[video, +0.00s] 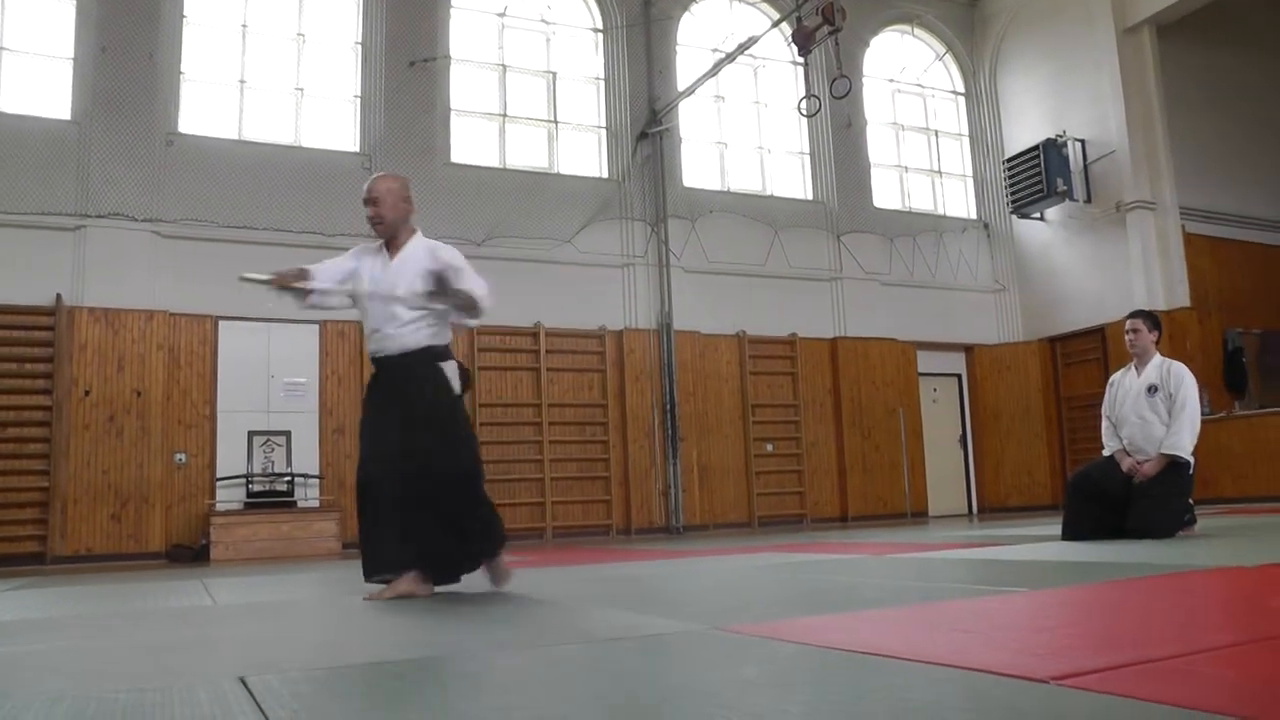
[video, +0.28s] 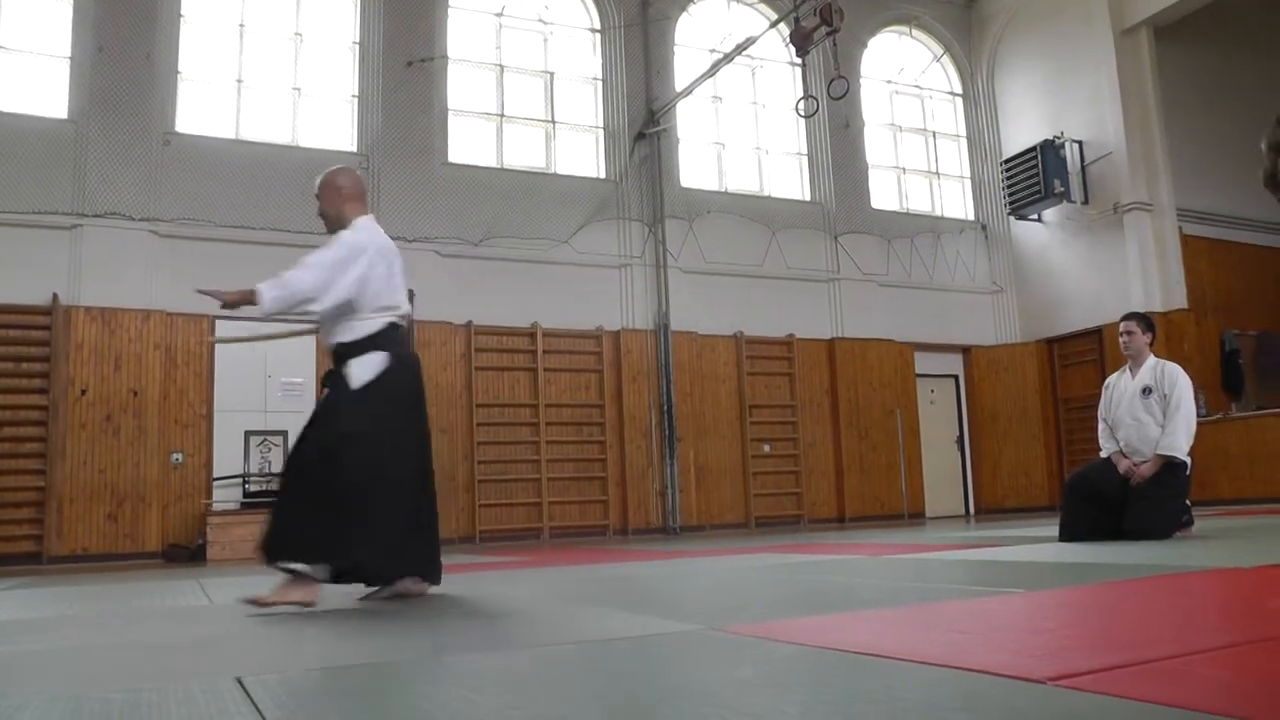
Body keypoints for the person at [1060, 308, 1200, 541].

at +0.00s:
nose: (1129, 337)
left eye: (1135, 331)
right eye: (1126, 332)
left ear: (1154, 336)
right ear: (1124, 337)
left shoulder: (1176, 373)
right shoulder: (1116, 381)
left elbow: (1186, 423)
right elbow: (1107, 425)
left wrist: (1157, 463)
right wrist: (1122, 458)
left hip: (1168, 466)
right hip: (1125, 464)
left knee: (1143, 528)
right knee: (1081, 485)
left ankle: (1184, 512)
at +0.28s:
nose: (1123, 339)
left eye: (1130, 333)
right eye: (1121, 335)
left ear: (1148, 338)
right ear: (1118, 340)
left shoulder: (1170, 373)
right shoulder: (1111, 383)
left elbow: (1181, 423)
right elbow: (1103, 427)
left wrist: (1154, 464)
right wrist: (1119, 459)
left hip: (1165, 467)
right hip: (1121, 466)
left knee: (1139, 529)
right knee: (1079, 486)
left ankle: (1182, 513)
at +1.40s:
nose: (1132, 374)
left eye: (1139, 368)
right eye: (1129, 370)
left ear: (1157, 372)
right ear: (1126, 374)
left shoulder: (1180, 409)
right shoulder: (1120, 417)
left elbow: (1190, 460)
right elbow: (1112, 462)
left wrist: (1162, 499)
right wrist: (1127, 494)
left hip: (1173, 502)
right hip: (1129, 500)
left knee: (1147, 564)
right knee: (1086, 519)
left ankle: (1190, 547)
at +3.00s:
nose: (1130, 392)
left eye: (1136, 386)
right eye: (1128, 388)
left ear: (1155, 390)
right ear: (1125, 393)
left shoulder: (1179, 426)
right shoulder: (1121, 437)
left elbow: (1191, 478)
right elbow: (1114, 482)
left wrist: (1164, 518)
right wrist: (1130, 513)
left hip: (1177, 519)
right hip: (1133, 519)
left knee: (1158, 583)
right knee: (1092, 539)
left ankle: (1197, 566)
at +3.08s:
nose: (1130, 393)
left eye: (1137, 387)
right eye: (1128, 389)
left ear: (1155, 391)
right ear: (1126, 395)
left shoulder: (1180, 427)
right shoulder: (1121, 438)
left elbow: (1191, 479)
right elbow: (1115, 484)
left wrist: (1165, 519)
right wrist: (1131, 515)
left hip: (1177, 520)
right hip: (1133, 520)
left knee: (1157, 584)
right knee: (1092, 540)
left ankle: (1198, 567)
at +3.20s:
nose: (1131, 395)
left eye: (1137, 389)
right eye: (1128, 391)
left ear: (1156, 393)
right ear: (1126, 396)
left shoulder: (1180, 429)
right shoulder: (1121, 440)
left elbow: (1192, 480)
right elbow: (1115, 485)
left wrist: (1165, 520)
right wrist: (1131, 516)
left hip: (1178, 522)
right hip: (1134, 521)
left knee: (1158, 586)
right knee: (1093, 541)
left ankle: (1198, 569)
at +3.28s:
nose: (1131, 396)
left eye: (1137, 389)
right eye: (1129, 391)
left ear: (1156, 394)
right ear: (1126, 397)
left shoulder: (1180, 430)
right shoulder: (1122, 441)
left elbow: (1191, 482)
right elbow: (1115, 486)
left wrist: (1165, 521)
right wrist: (1131, 517)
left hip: (1177, 522)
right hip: (1133, 522)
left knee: (1157, 586)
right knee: (1093, 542)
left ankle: (1198, 570)